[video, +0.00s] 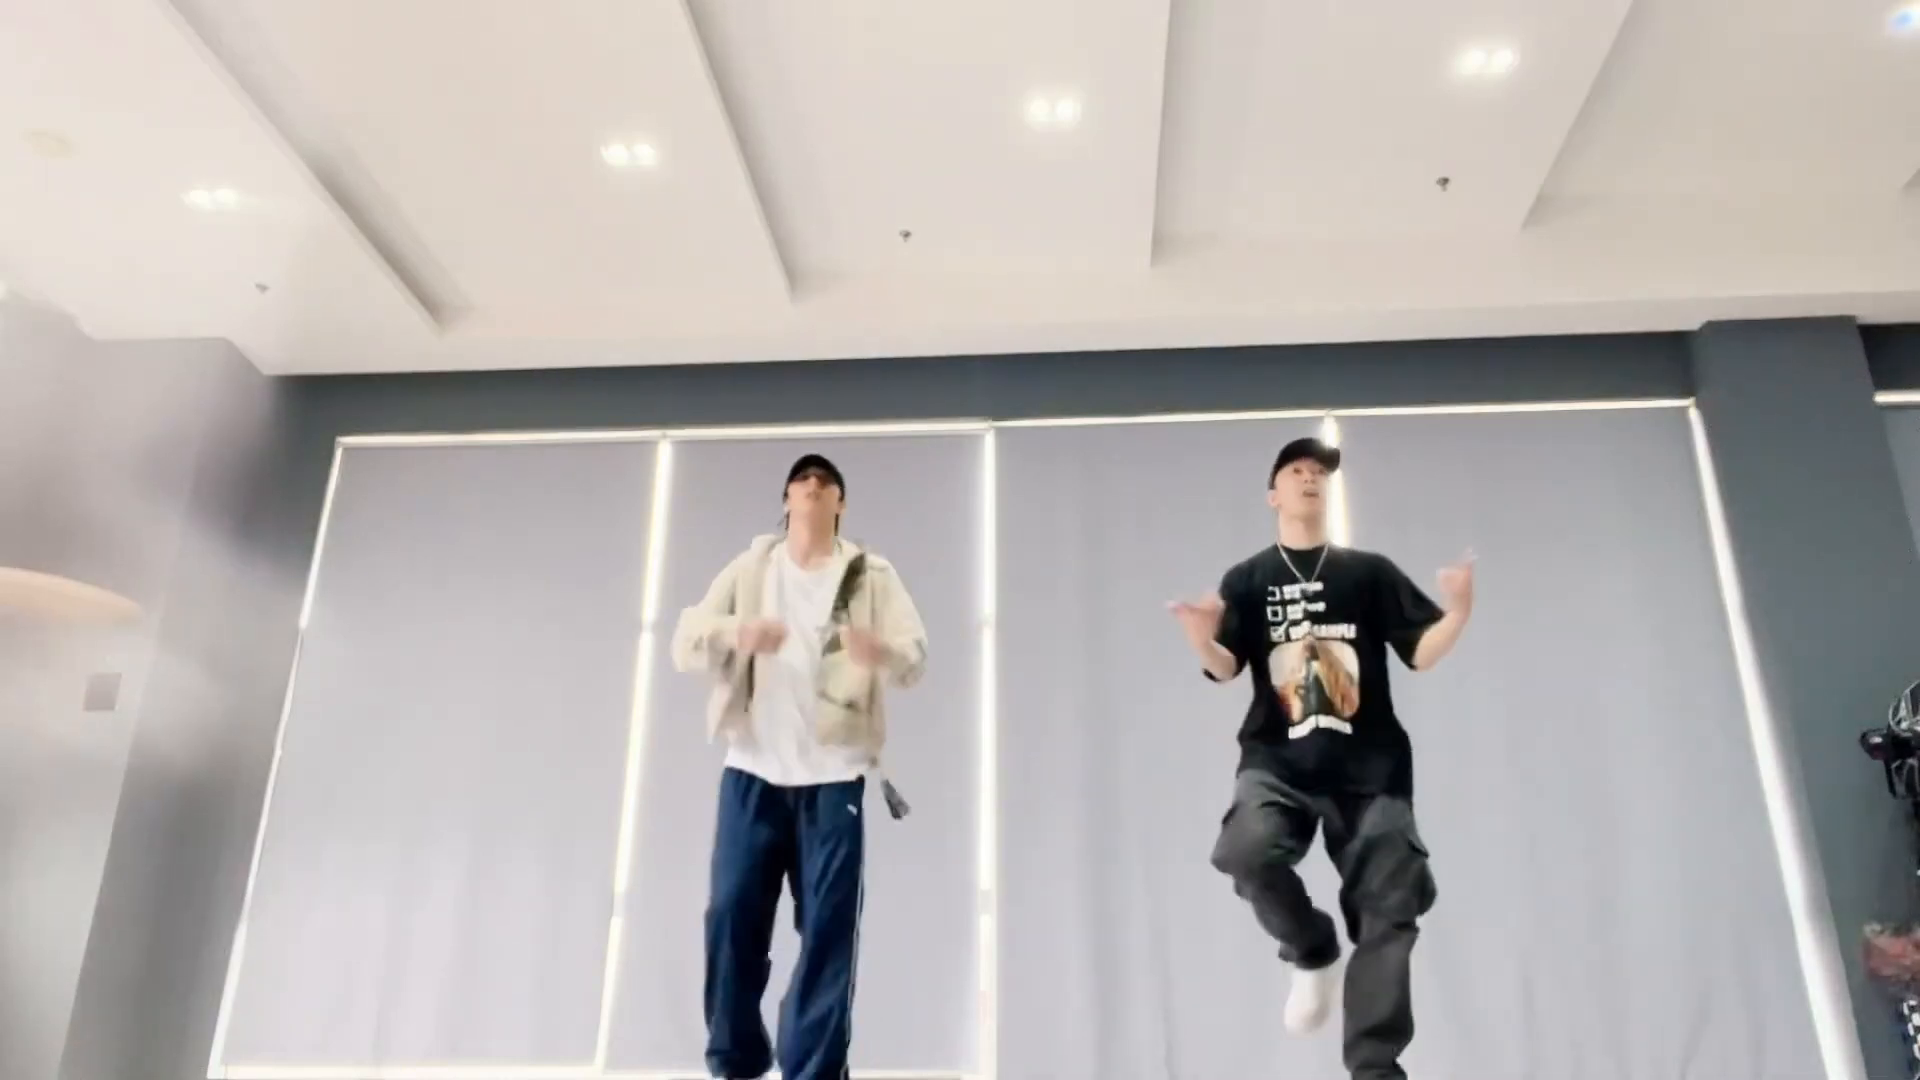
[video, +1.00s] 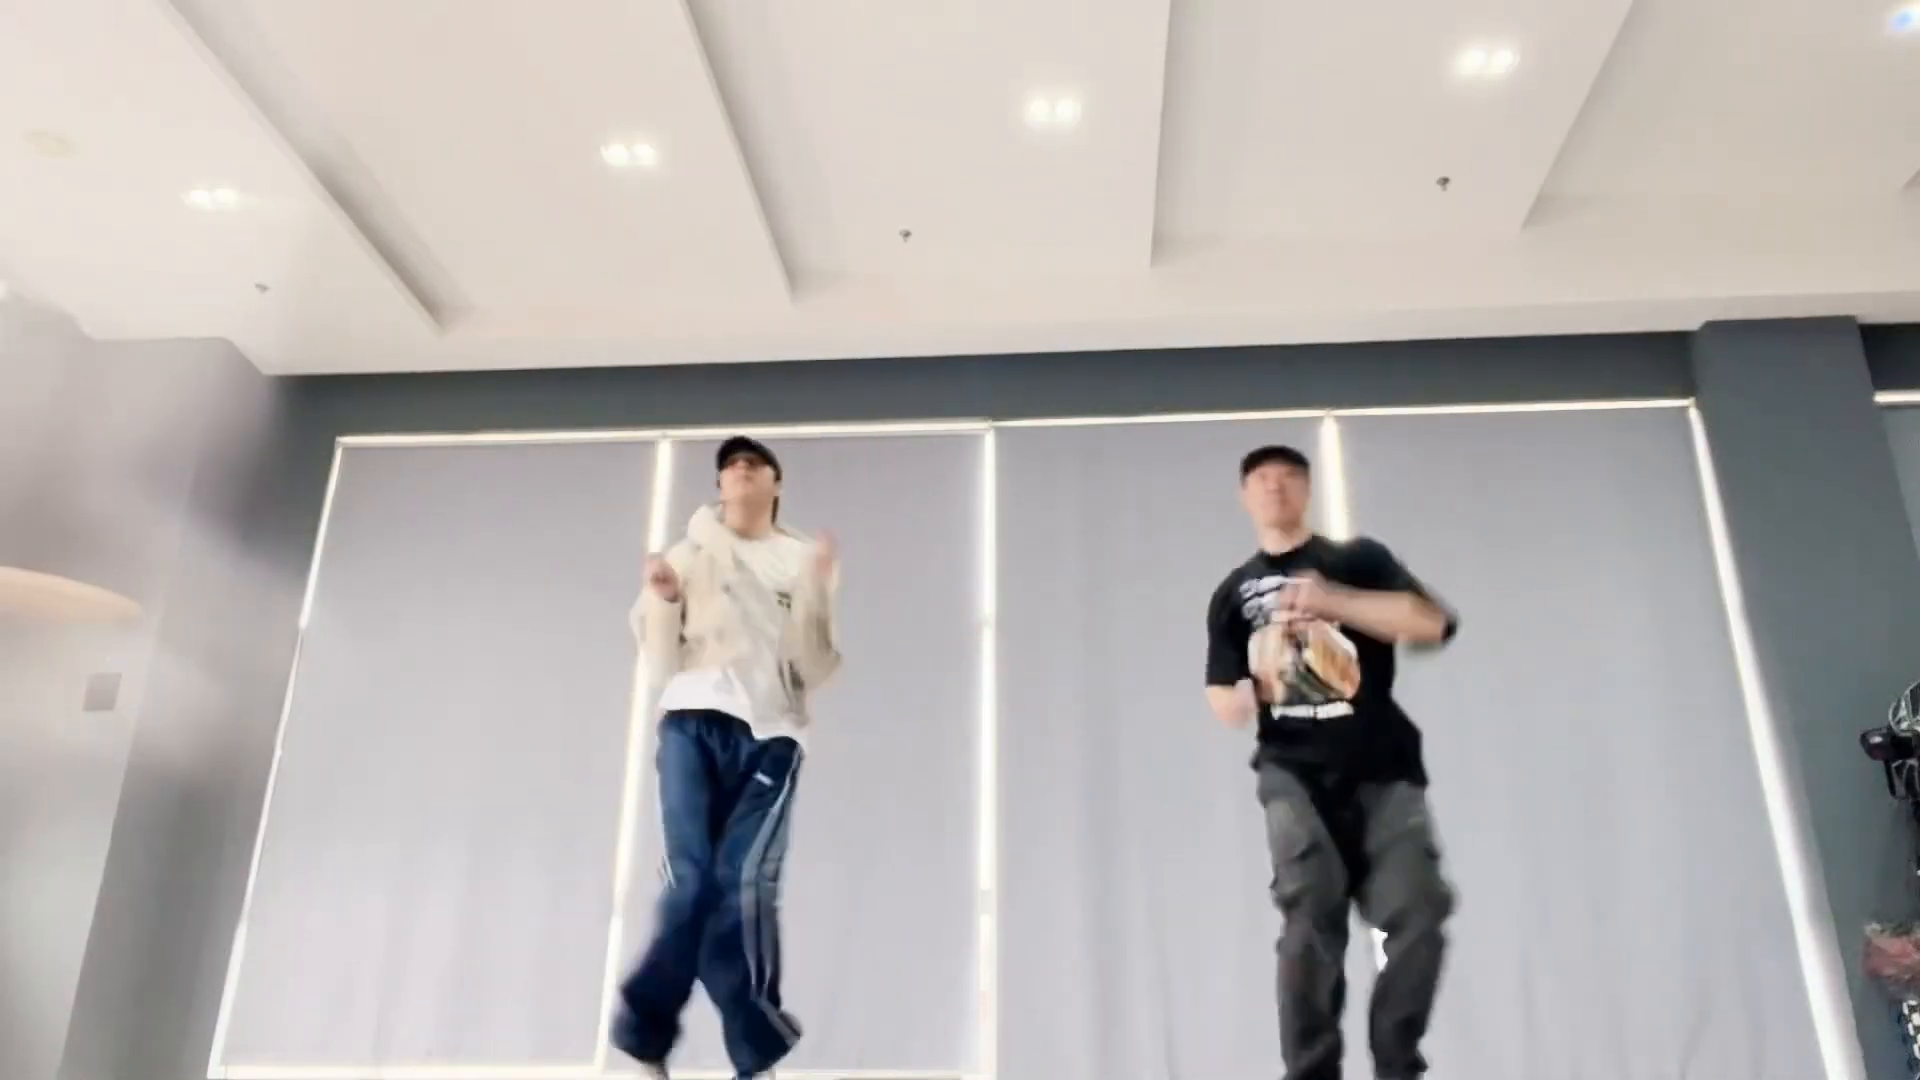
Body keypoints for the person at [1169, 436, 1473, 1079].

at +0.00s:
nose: (1309, 481)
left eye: (1318, 475)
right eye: (1296, 473)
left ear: (1331, 493)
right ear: (1273, 493)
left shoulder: (1371, 571)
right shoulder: (1246, 580)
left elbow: (1421, 653)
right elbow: (1227, 670)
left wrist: (1457, 611)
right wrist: (1204, 641)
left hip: (1367, 762)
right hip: (1277, 759)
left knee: (1389, 901)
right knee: (1248, 853)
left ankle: (1376, 1064)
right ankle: (1315, 956)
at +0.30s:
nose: (1313, 461)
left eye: (1322, 454)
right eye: (1299, 453)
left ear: (1332, 472)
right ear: (1272, 471)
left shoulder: (1365, 542)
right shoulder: (1241, 537)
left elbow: (1381, 633)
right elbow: (1220, 619)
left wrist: (1383, 711)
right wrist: (1246, 686)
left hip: (1361, 756)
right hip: (1278, 757)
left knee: (1397, 902)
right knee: (1287, 908)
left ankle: (1413, 1066)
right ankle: (1284, 1069)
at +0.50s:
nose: (1359, 499)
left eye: (1368, 494)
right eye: (1346, 486)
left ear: (1370, 517)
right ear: (1310, 496)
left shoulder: (1356, 599)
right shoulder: (1263, 545)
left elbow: (1375, 693)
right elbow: (1192, 595)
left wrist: (1391, 651)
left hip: (1312, 761)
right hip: (1242, 747)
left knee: (1375, 897)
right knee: (1257, 868)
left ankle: (1376, 1060)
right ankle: (1264, 1051)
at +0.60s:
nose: (1372, 547)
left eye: (1381, 541)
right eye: (1360, 532)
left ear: (1381, 558)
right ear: (1323, 534)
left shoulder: (1356, 637)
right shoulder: (1274, 554)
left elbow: (1441, 656)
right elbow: (1219, 480)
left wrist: (1530, 630)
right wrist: (1278, 412)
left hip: (1282, 797)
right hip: (1223, 766)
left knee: (1374, 908)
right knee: (1209, 893)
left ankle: (1378, 1074)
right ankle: (1091, 1056)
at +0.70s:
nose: (1365, 576)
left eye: (1372, 570)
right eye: (1351, 564)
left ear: (1376, 588)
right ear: (1323, 570)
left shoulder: (1360, 667)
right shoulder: (1290, 587)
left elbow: (1447, 656)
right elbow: (1274, 488)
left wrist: (1531, 613)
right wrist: (1289, 389)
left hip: (1274, 831)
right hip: (1215, 802)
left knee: (1370, 912)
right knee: (1159, 932)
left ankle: (1375, 1068)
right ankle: (1019, 1041)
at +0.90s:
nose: (1323, 484)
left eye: (1334, 477)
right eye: (1309, 476)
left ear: (1348, 497)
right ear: (1287, 495)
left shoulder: (1369, 597)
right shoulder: (1256, 561)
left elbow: (1362, 692)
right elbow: (1218, 664)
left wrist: (1348, 690)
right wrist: (1282, 654)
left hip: (1344, 761)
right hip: (1263, 740)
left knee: (1400, 910)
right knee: (1262, 871)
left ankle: (1385, 1071)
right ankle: (1185, 1020)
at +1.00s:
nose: (1276, 488)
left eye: (1289, 477)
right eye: (1261, 480)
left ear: (1308, 491)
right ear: (1246, 500)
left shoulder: (1359, 561)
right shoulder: (1234, 594)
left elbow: (1433, 624)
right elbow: (1227, 707)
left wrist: (1333, 603)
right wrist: (1270, 671)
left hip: (1380, 760)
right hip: (1292, 770)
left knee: (1419, 907)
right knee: (1311, 911)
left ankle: (1397, 1065)